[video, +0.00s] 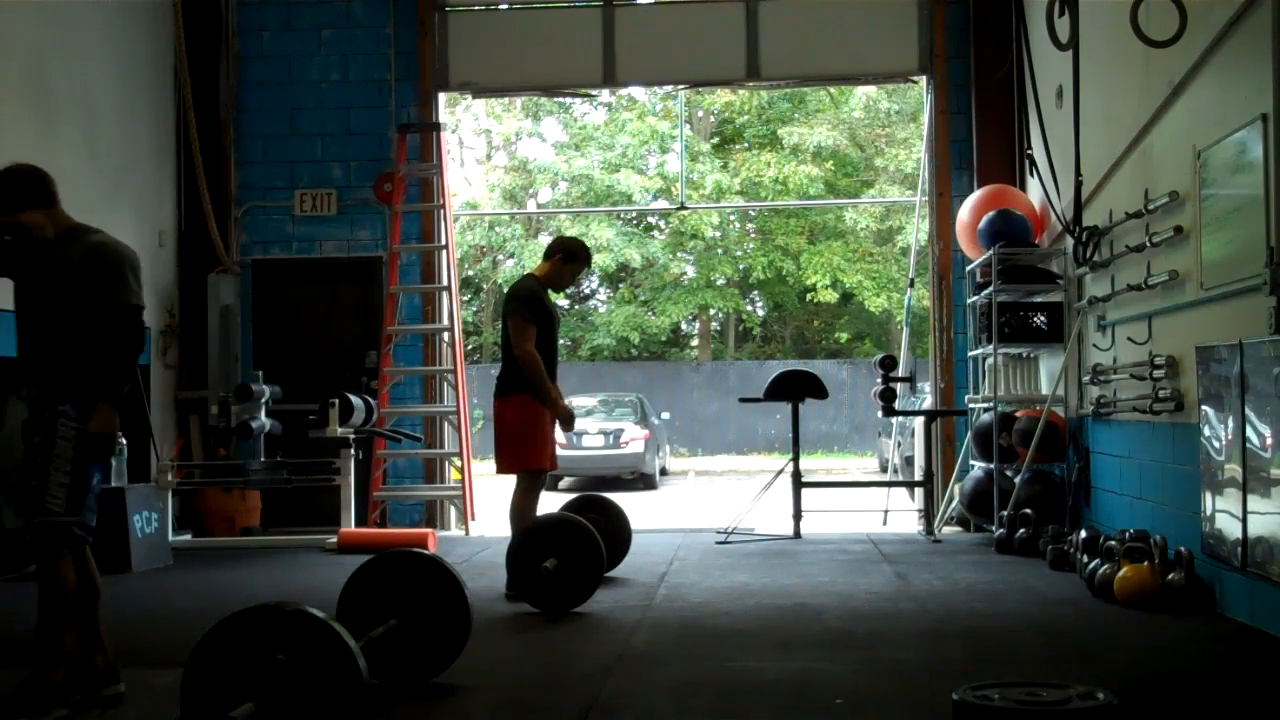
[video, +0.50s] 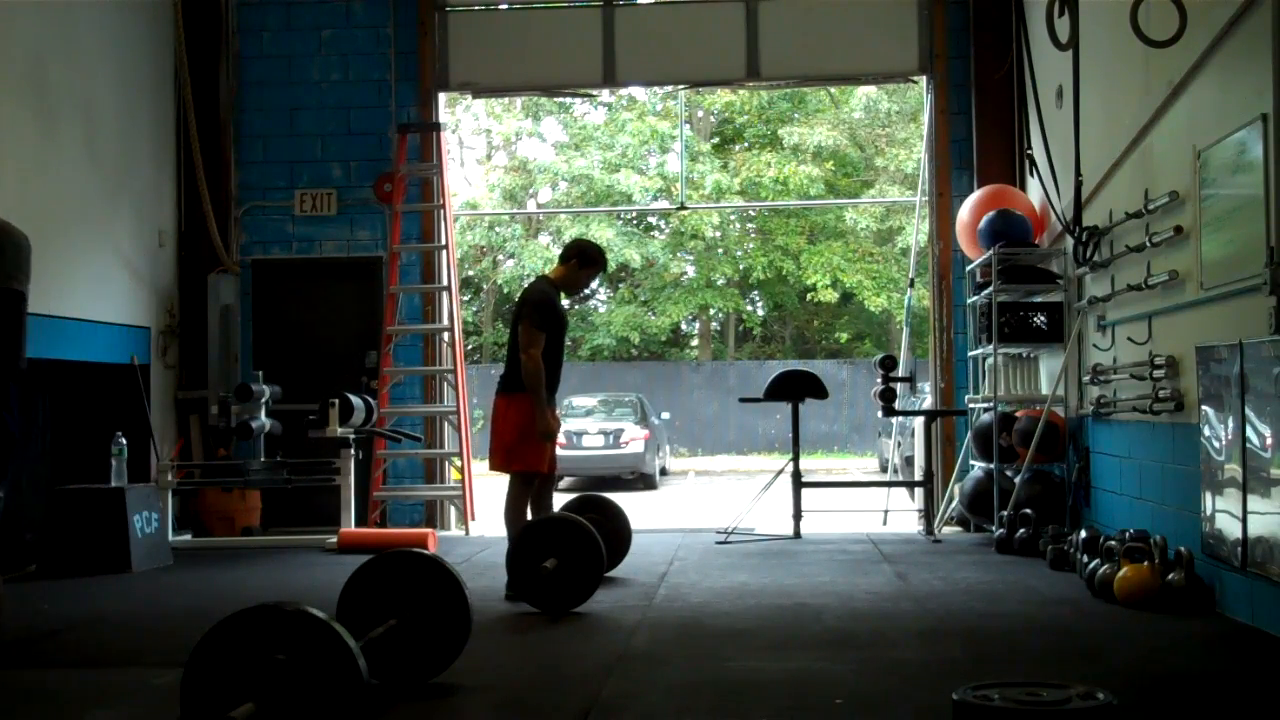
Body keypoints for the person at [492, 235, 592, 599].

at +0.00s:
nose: (573, 283)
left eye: (577, 278)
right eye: (574, 275)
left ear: (557, 260)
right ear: (558, 260)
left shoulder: (539, 296)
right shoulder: (525, 292)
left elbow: (539, 356)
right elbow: (524, 351)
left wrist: (557, 401)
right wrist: (557, 403)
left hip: (535, 401)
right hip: (524, 400)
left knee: (533, 482)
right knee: (530, 481)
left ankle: (525, 573)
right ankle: (520, 575)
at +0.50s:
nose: (586, 288)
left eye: (591, 282)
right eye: (589, 279)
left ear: (568, 262)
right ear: (574, 264)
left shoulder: (546, 296)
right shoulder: (539, 296)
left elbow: (539, 357)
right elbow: (530, 356)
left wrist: (550, 407)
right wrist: (542, 411)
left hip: (539, 404)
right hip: (525, 404)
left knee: (544, 486)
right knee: (521, 487)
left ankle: (553, 567)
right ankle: (520, 574)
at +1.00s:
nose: (614, 308)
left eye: (619, 303)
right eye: (616, 300)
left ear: (602, 282)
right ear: (604, 283)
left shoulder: (577, 312)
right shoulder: (565, 305)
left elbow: (574, 373)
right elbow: (549, 365)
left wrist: (581, 426)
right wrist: (557, 424)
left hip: (541, 399)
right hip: (525, 399)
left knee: (559, 479)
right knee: (549, 480)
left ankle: (552, 551)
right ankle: (542, 554)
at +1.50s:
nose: (628, 400)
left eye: (634, 399)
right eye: (633, 395)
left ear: (630, 372)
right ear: (631, 377)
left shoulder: (600, 381)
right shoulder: (593, 377)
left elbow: (591, 445)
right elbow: (582, 445)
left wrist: (586, 499)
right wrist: (580, 502)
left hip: (521, 415)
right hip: (507, 413)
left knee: (567, 482)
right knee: (560, 483)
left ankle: (554, 554)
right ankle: (546, 554)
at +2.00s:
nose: (625, 441)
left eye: (632, 440)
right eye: (631, 436)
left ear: (629, 412)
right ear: (629, 417)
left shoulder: (602, 417)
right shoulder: (593, 412)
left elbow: (590, 477)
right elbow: (573, 476)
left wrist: (581, 528)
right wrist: (562, 535)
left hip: (513, 428)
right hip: (500, 426)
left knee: (579, 480)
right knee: (568, 482)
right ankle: (553, 551)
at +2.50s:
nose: (636, 442)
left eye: (643, 441)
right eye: (643, 437)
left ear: (641, 416)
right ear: (642, 419)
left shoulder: (613, 419)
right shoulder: (606, 413)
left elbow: (595, 478)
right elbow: (577, 477)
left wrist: (587, 530)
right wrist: (568, 535)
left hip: (524, 428)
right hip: (511, 426)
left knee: (588, 481)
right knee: (577, 483)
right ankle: (561, 550)